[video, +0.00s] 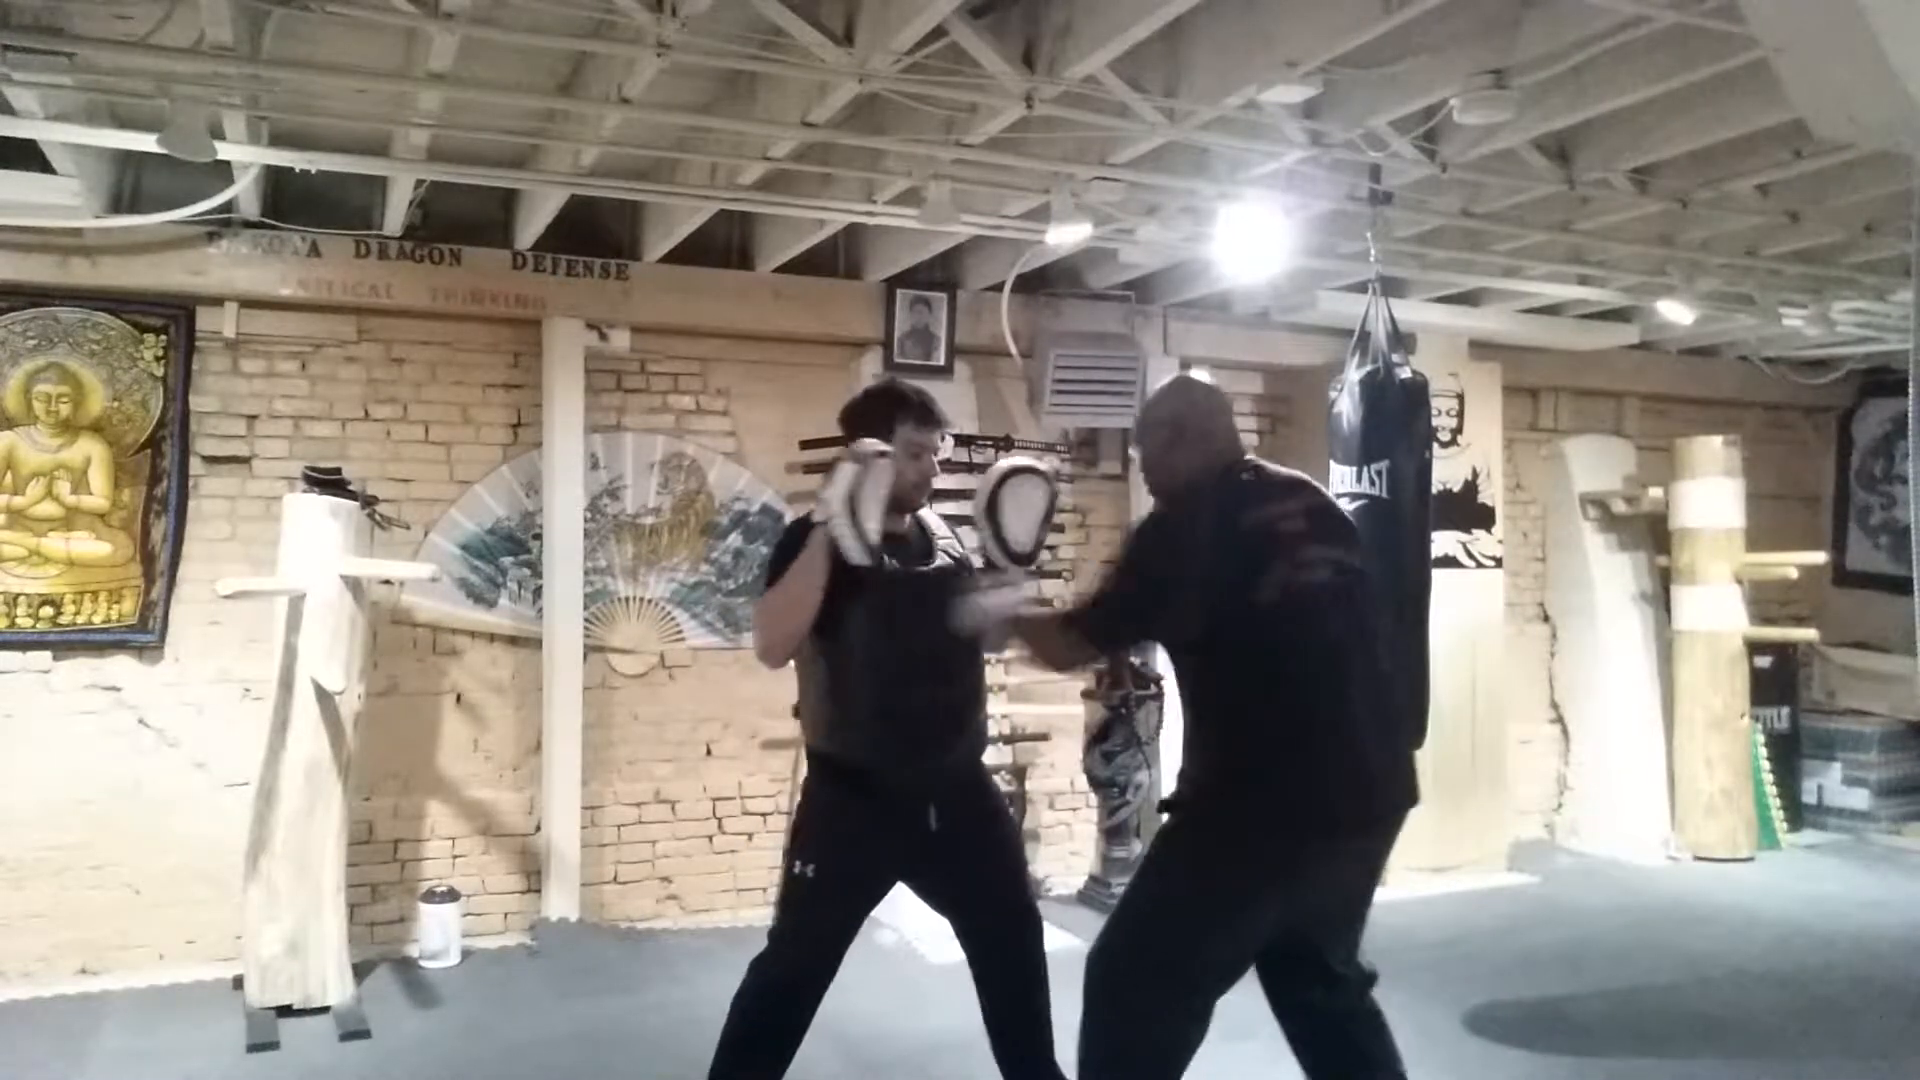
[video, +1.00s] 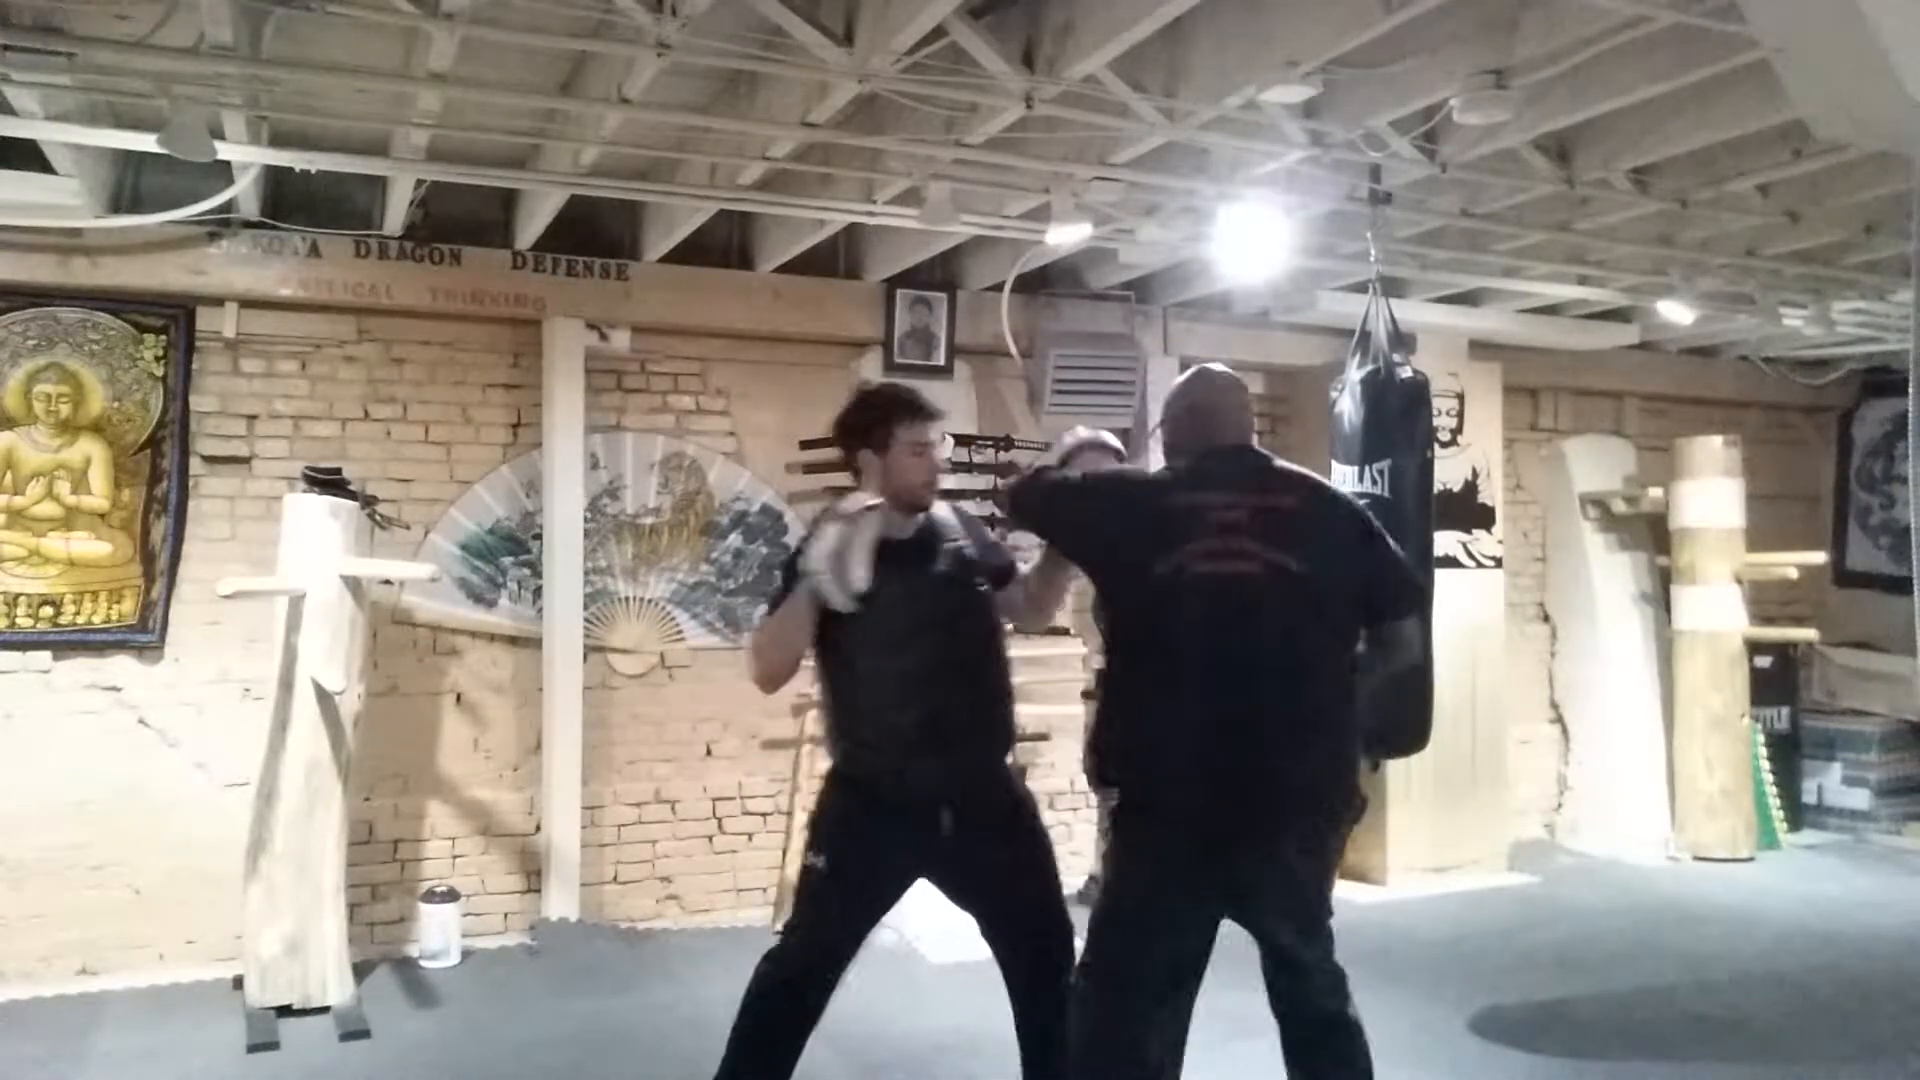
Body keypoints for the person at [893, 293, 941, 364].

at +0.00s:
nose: (918, 317)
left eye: (921, 312)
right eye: (915, 312)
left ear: (929, 315)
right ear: (910, 314)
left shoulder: (936, 340)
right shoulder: (901, 339)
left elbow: (935, 364)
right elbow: (897, 360)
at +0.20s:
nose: (918, 316)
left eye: (921, 312)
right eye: (915, 312)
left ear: (929, 315)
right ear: (910, 314)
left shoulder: (935, 340)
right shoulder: (901, 339)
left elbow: (935, 364)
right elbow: (897, 360)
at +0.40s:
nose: (918, 317)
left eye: (921, 313)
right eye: (915, 312)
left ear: (929, 315)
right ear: (910, 314)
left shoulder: (936, 340)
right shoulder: (901, 339)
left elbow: (935, 364)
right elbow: (897, 360)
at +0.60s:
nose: (917, 317)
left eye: (921, 313)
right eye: (915, 312)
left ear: (929, 315)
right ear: (910, 314)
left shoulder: (936, 340)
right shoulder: (901, 339)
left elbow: (935, 364)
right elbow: (897, 360)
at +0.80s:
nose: (917, 317)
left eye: (921, 313)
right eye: (915, 312)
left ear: (929, 315)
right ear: (910, 314)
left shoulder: (936, 340)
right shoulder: (901, 339)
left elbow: (935, 364)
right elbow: (897, 360)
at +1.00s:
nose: (919, 317)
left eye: (924, 313)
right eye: (916, 313)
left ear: (930, 316)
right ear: (910, 314)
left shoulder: (936, 340)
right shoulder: (901, 339)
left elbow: (935, 363)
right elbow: (897, 360)